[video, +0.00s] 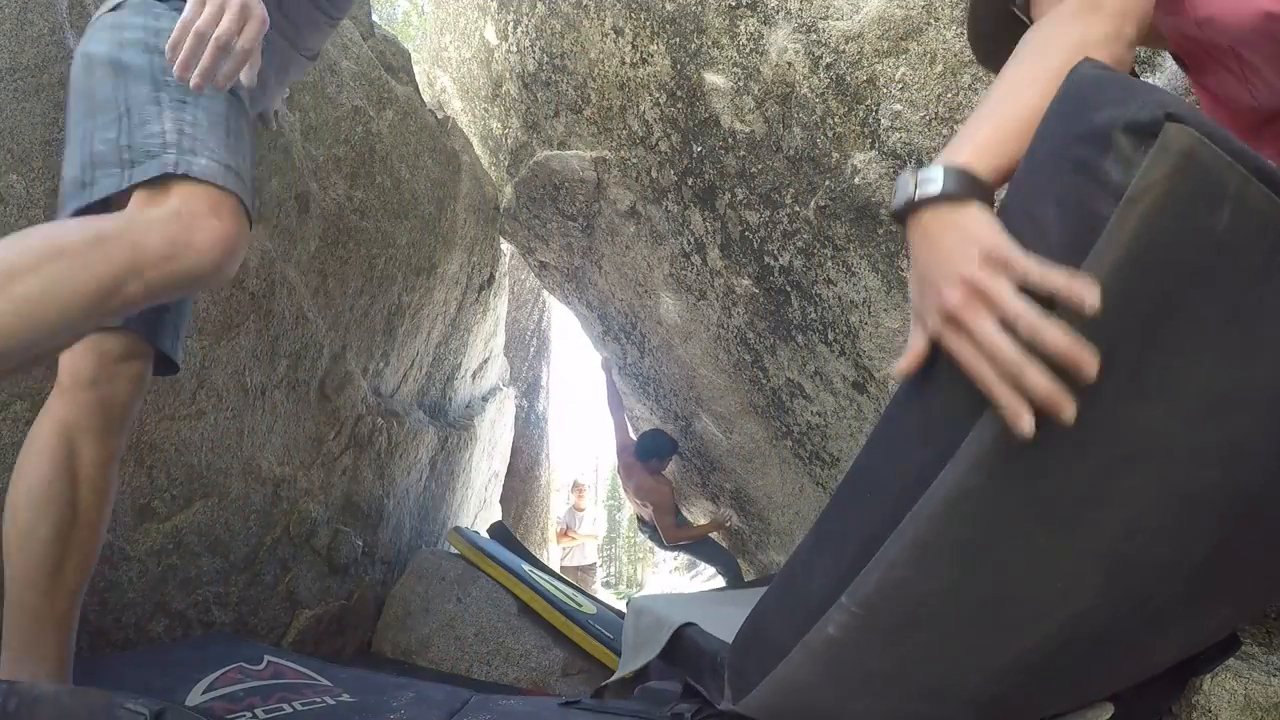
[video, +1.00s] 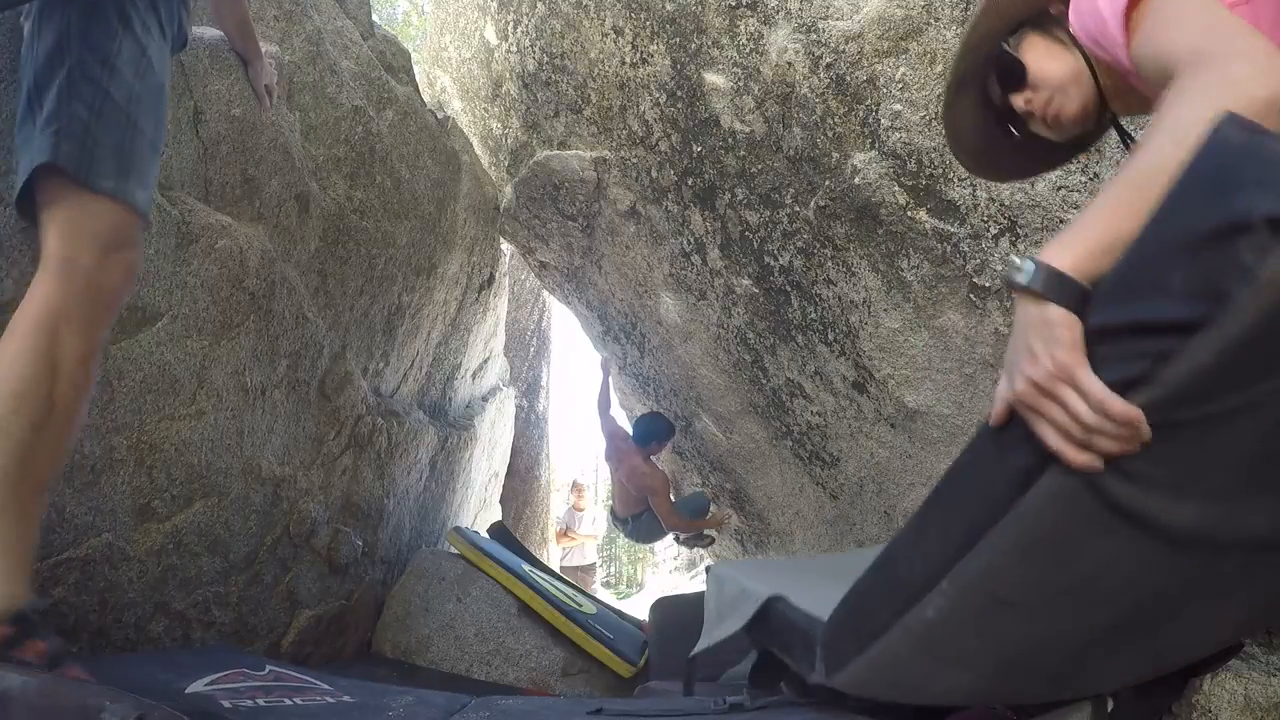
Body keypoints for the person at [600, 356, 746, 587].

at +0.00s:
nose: (668, 463)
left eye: (669, 459)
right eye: (667, 459)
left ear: (643, 450)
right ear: (656, 461)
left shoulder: (626, 452)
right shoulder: (660, 490)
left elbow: (616, 412)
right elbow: (670, 537)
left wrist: (608, 374)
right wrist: (713, 527)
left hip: (644, 524)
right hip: (667, 532)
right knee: (726, 561)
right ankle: (739, 596)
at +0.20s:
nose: (666, 456)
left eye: (666, 452)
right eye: (664, 452)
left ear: (640, 446)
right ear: (652, 455)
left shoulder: (621, 448)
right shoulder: (658, 485)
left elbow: (613, 410)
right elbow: (670, 534)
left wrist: (607, 374)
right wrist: (710, 526)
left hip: (641, 523)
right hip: (666, 528)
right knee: (725, 558)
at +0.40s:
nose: (663, 452)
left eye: (664, 448)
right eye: (662, 448)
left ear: (638, 439)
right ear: (651, 449)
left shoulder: (618, 444)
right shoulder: (654, 482)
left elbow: (609, 409)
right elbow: (670, 528)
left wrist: (606, 374)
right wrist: (709, 525)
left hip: (636, 521)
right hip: (659, 530)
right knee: (723, 552)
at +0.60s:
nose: (664, 448)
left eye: (665, 444)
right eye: (663, 444)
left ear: (636, 434)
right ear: (652, 445)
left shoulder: (616, 441)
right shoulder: (652, 479)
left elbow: (605, 409)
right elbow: (673, 526)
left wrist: (606, 375)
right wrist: (710, 524)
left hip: (624, 518)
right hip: (647, 529)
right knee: (715, 540)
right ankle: (721, 586)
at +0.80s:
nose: (665, 447)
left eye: (666, 442)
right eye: (664, 443)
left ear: (636, 431)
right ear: (653, 445)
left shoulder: (616, 438)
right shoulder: (653, 479)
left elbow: (604, 410)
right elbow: (672, 525)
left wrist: (605, 376)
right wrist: (711, 523)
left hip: (619, 518)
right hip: (643, 529)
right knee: (708, 522)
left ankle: (686, 539)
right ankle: (695, 559)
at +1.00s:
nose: (666, 446)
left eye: (667, 442)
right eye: (665, 442)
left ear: (637, 430)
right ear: (655, 445)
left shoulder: (616, 438)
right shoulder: (654, 478)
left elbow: (603, 411)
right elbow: (671, 524)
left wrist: (605, 375)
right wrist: (711, 524)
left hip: (616, 517)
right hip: (638, 528)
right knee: (701, 500)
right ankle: (689, 537)